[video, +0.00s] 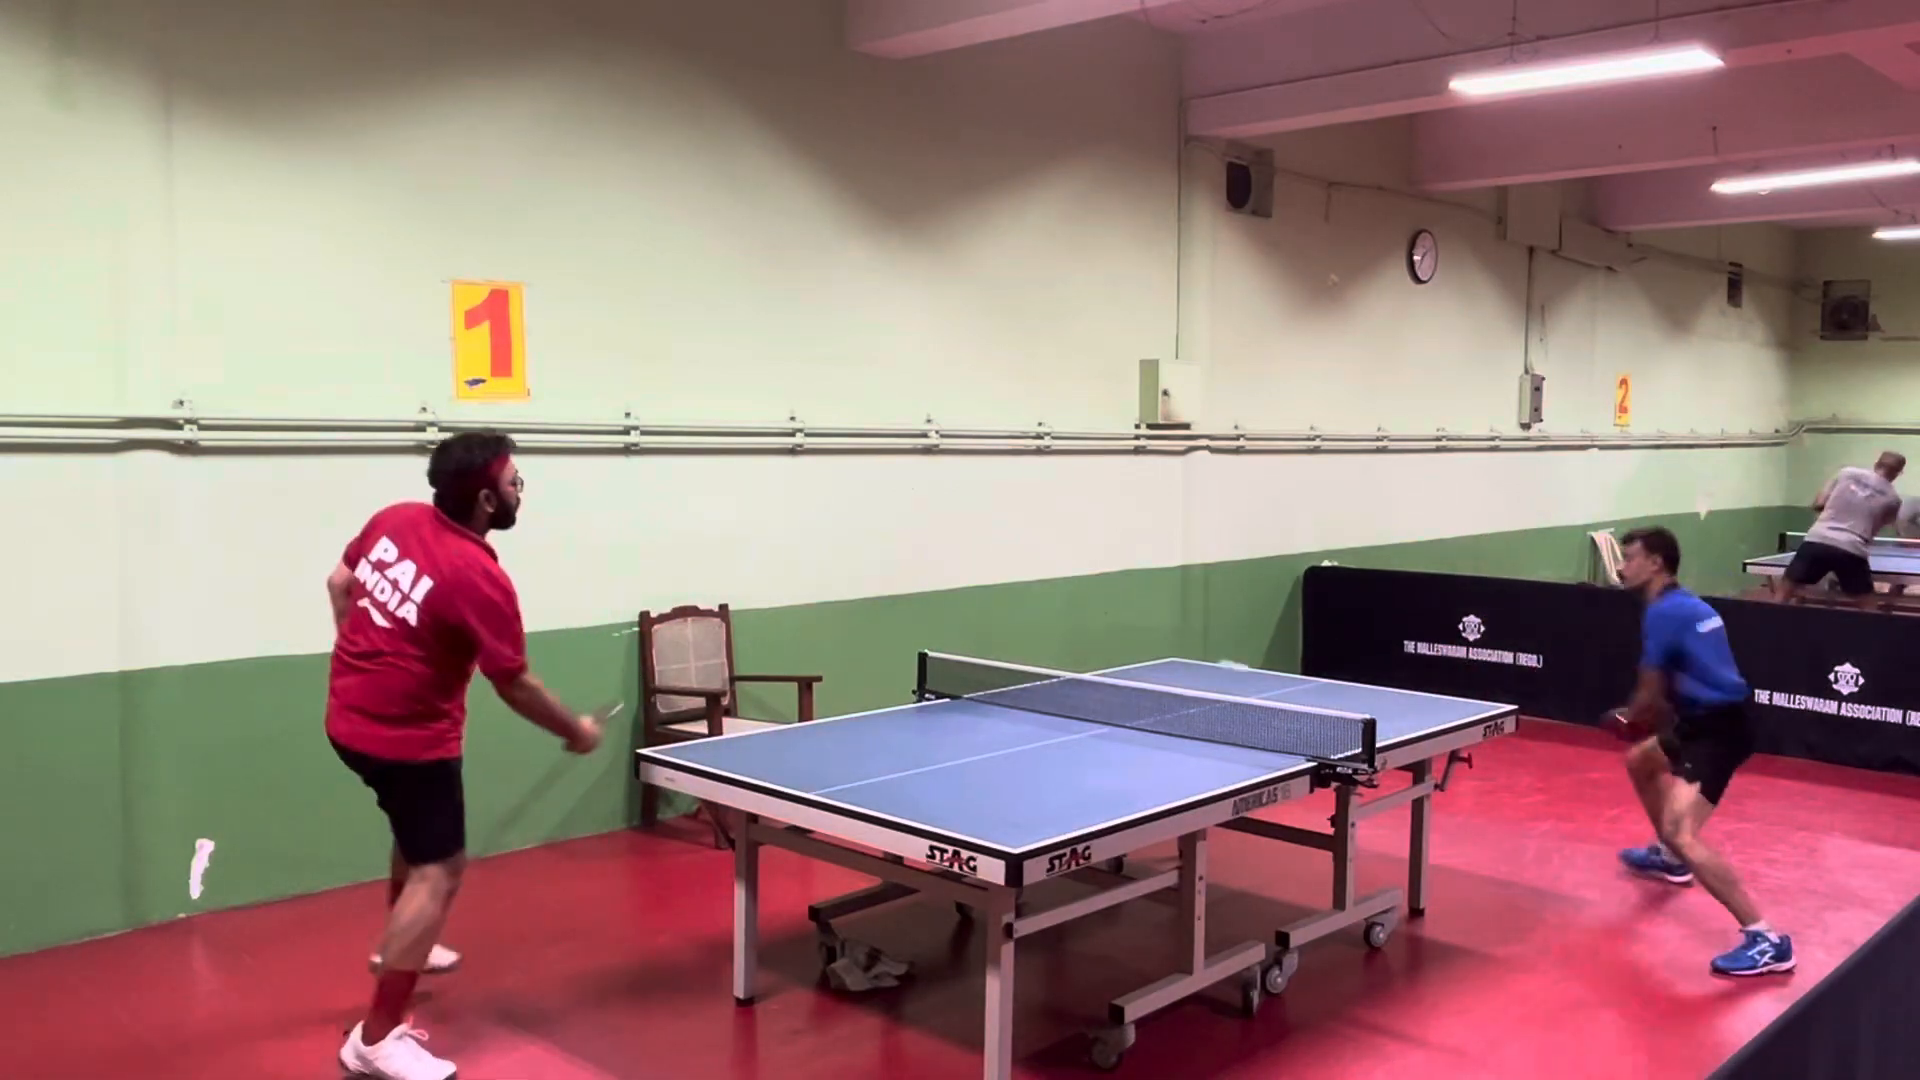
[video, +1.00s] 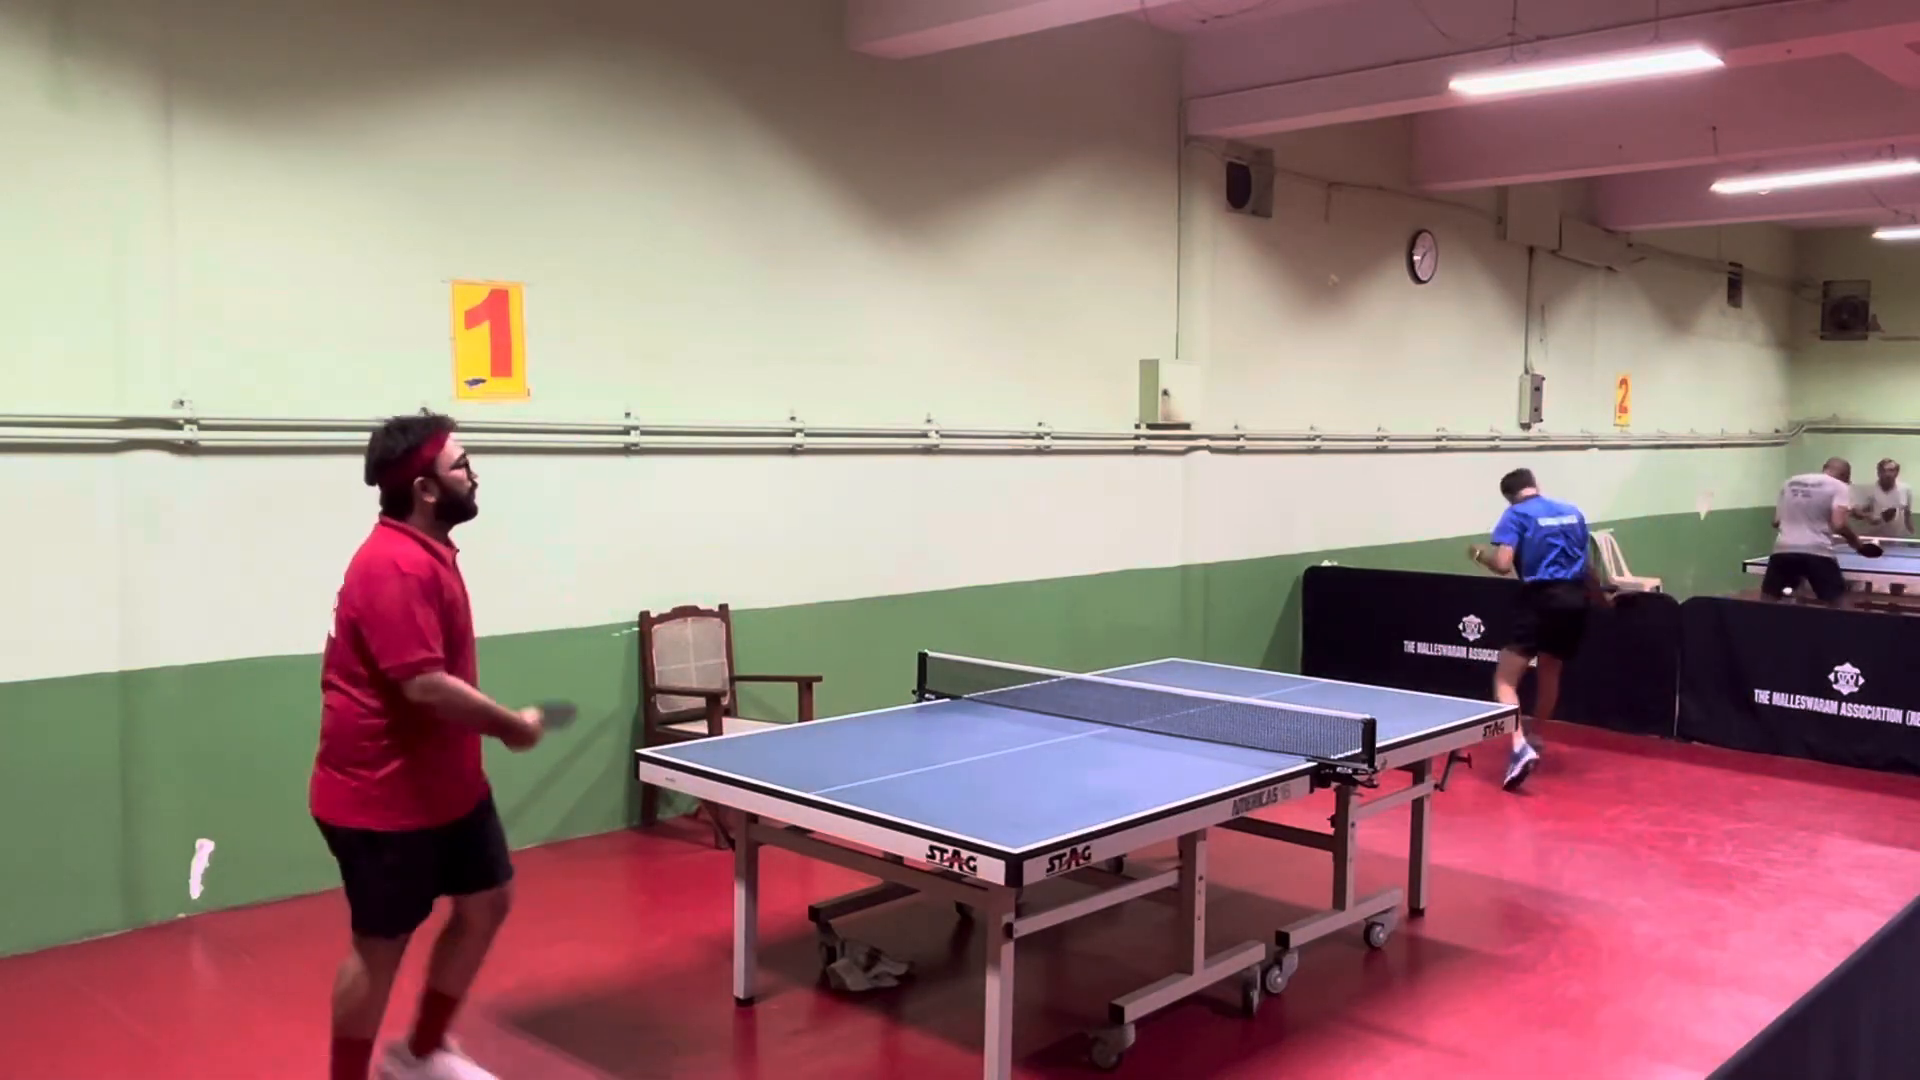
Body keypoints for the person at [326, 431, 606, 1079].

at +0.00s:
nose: (521, 490)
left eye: (517, 478)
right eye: (511, 482)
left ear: (458, 494)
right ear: (479, 498)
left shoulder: (399, 518)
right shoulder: (481, 580)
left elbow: (342, 582)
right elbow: (515, 684)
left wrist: (361, 655)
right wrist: (574, 729)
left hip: (354, 723)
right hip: (412, 743)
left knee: (413, 830)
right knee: (436, 876)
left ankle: (400, 937)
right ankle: (376, 1037)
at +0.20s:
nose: (497, 485)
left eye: (492, 474)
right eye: (486, 478)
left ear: (432, 490)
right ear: (453, 492)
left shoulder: (373, 533)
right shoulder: (452, 574)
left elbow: (325, 609)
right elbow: (452, 688)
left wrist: (318, 686)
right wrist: (501, 747)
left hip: (337, 742)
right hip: (393, 757)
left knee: (372, 866)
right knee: (408, 888)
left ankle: (315, 1003)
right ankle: (372, 1046)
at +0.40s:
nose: (475, 488)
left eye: (471, 477)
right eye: (465, 480)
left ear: (415, 494)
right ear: (431, 495)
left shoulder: (372, 537)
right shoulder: (420, 572)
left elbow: (363, 650)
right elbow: (403, 681)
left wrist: (426, 726)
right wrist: (462, 749)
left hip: (318, 745)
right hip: (370, 756)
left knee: (340, 879)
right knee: (439, 879)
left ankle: (301, 1026)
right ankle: (376, 1047)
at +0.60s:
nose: (464, 493)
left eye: (459, 482)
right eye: (453, 486)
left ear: (406, 502)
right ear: (420, 502)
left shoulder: (362, 549)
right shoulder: (414, 580)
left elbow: (358, 660)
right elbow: (402, 693)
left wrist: (422, 732)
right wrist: (459, 751)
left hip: (323, 764)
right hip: (366, 777)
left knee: (342, 896)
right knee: (393, 920)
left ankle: (301, 1030)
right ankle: (351, 1072)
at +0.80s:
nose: (460, 495)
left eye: (454, 484)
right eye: (448, 488)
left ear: (411, 509)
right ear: (415, 510)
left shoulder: (388, 566)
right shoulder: (392, 584)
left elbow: (401, 682)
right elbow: (414, 700)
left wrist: (464, 701)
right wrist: (489, 708)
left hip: (365, 790)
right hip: (377, 800)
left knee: (378, 915)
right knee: (414, 937)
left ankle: (331, 1020)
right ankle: (352, 1073)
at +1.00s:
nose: (473, 474)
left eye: (467, 462)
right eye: (460, 466)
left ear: (424, 485)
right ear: (423, 486)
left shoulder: (430, 551)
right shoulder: (391, 567)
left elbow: (429, 669)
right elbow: (421, 682)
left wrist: (488, 719)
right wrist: (511, 722)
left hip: (444, 781)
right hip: (378, 797)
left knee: (487, 901)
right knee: (378, 945)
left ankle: (422, 1051)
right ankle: (347, 1075)